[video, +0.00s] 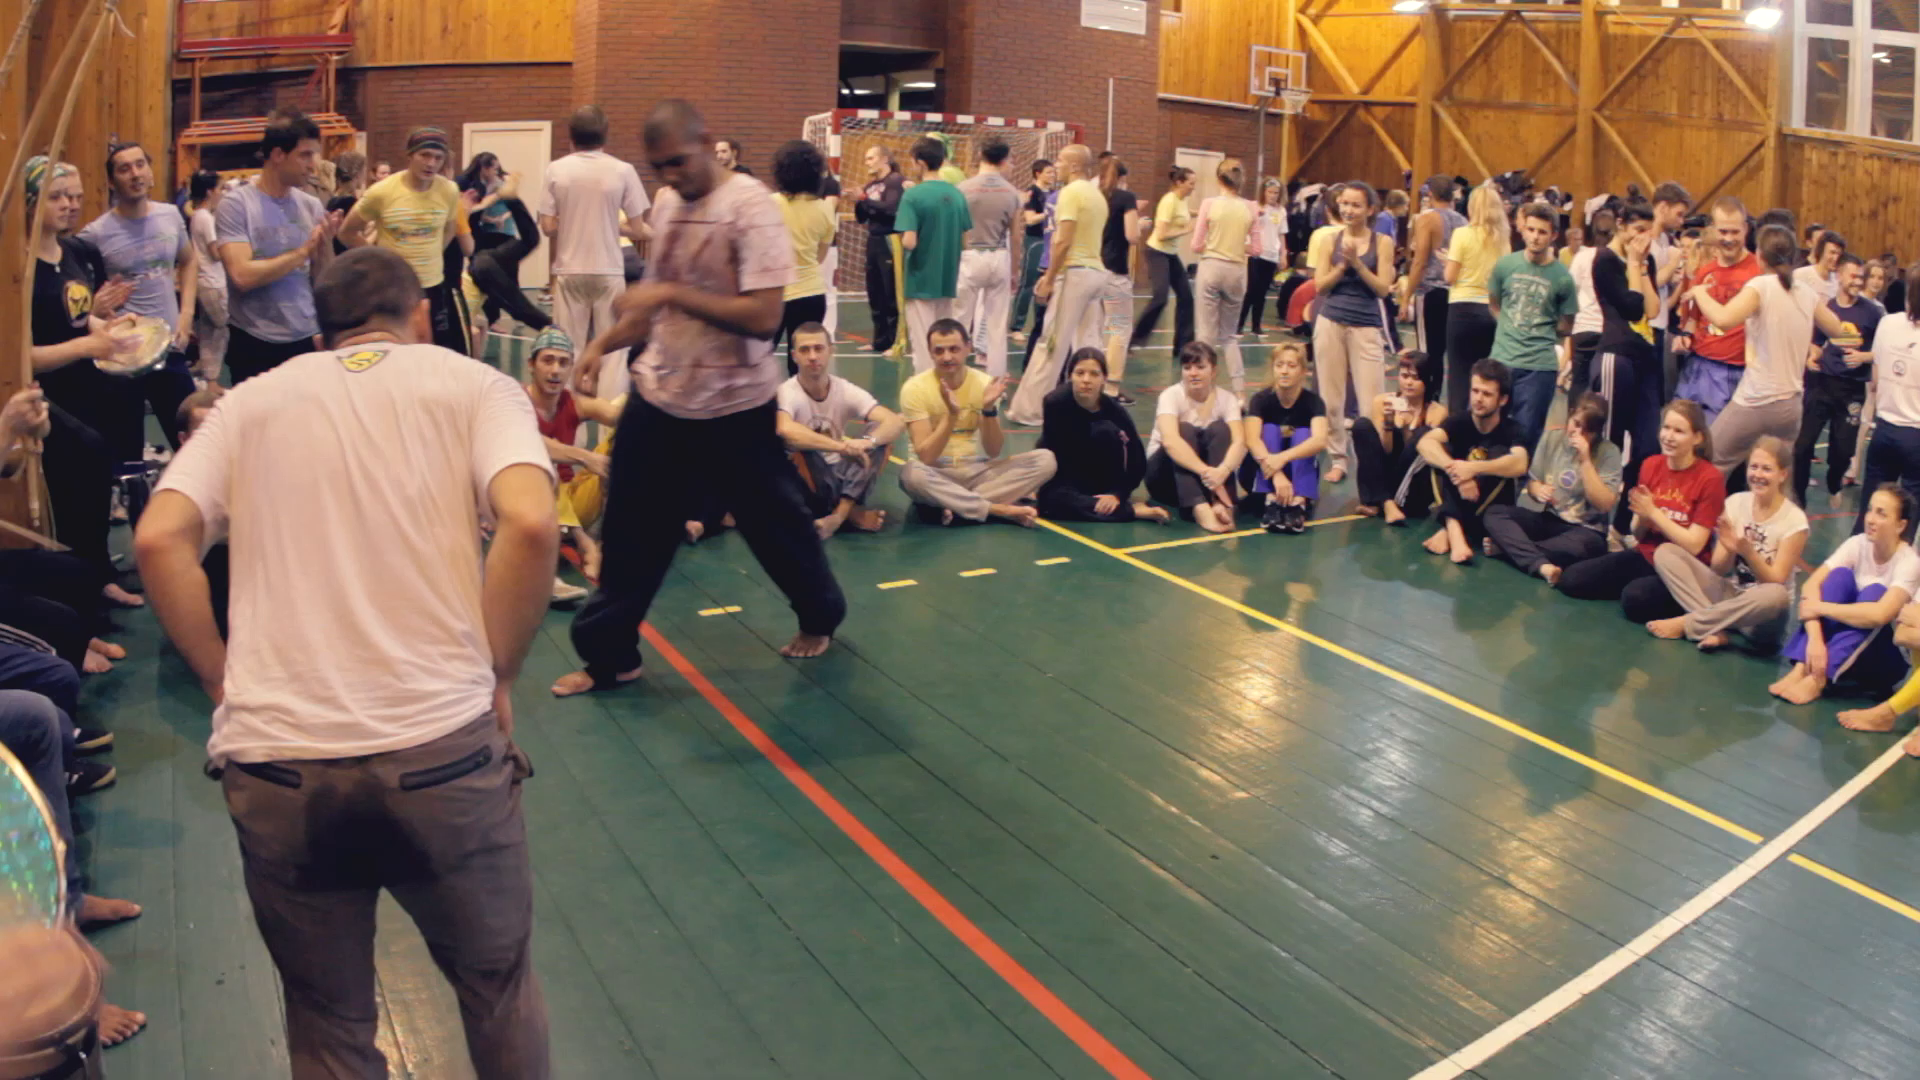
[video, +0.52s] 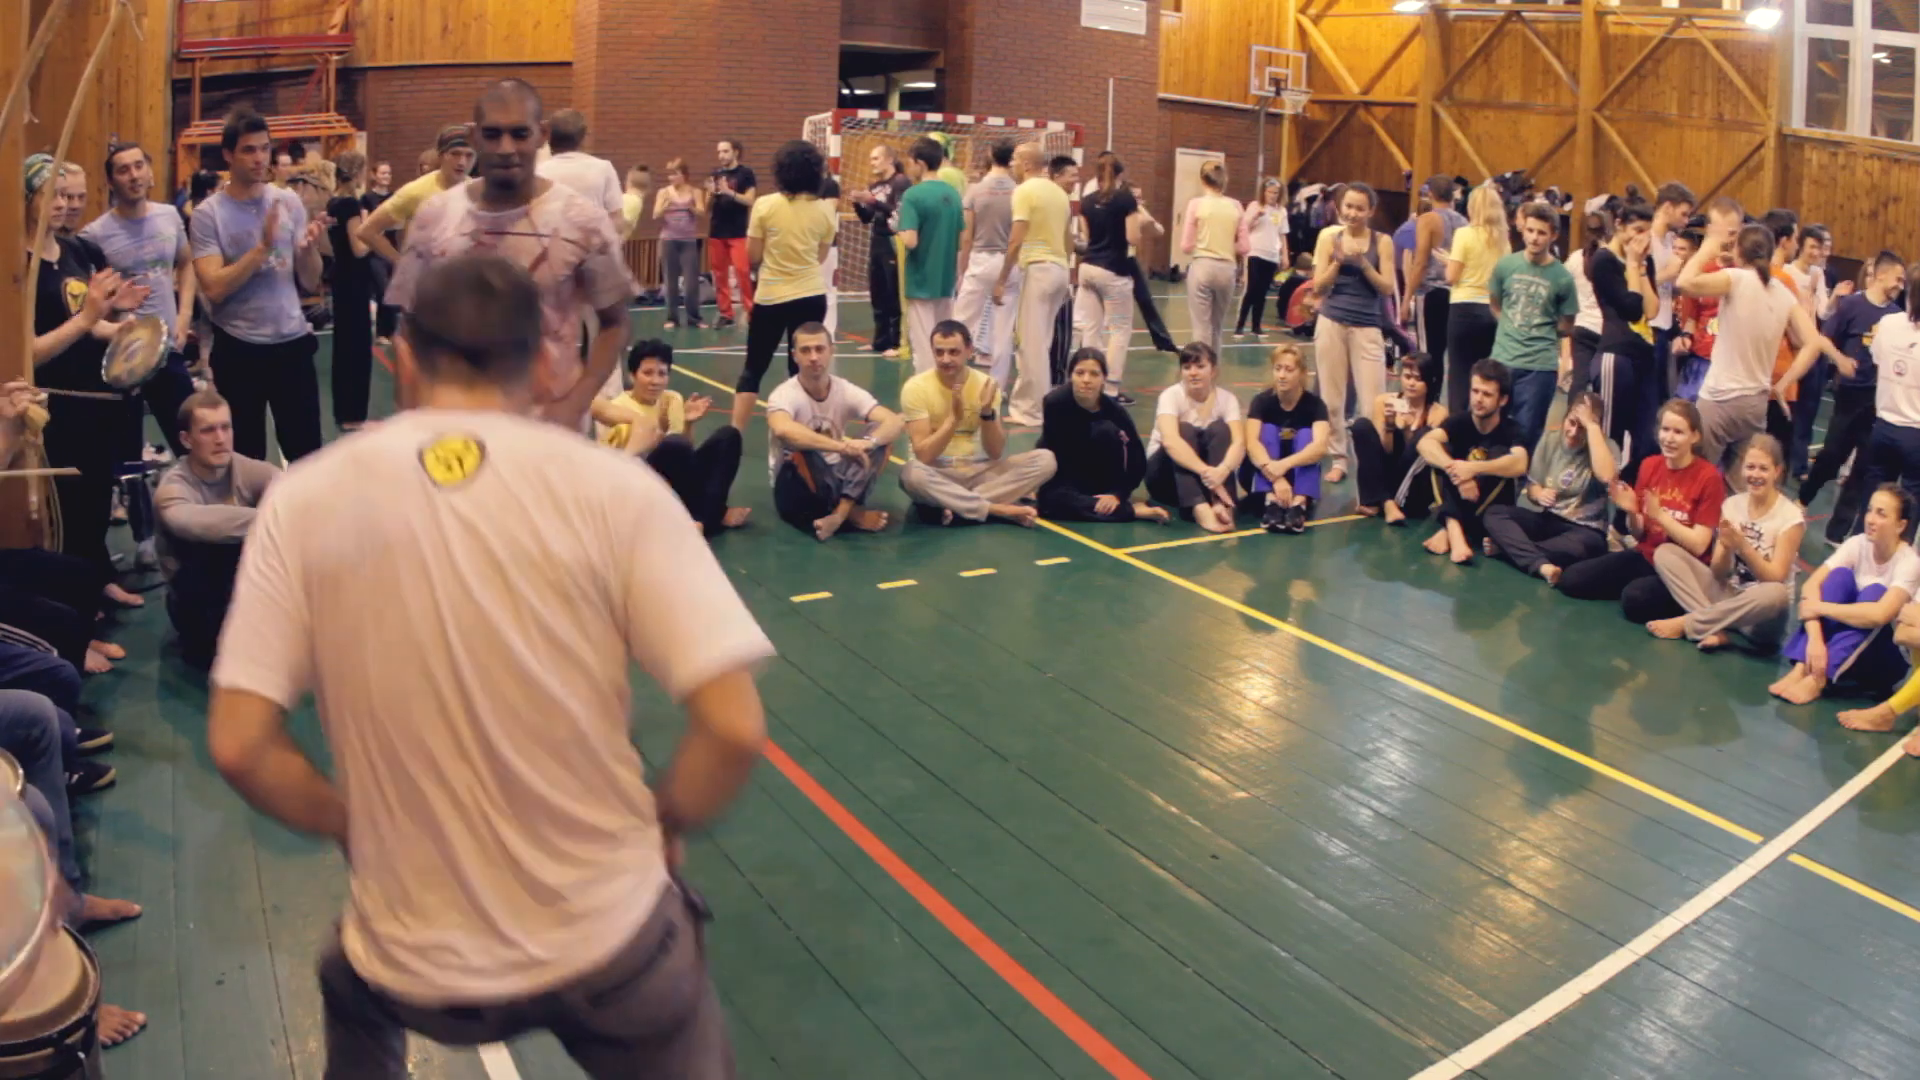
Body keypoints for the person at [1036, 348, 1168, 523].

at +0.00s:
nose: (1086, 380)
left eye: (1094, 374)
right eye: (1080, 373)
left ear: (1104, 379)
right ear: (1070, 377)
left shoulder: (1114, 410)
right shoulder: (1055, 405)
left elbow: (1138, 461)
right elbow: (1050, 452)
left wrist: (1117, 495)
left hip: (1105, 481)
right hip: (1068, 481)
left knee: (1106, 432)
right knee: (1051, 503)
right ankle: (1130, 512)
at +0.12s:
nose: (1086, 380)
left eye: (1094, 374)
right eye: (1080, 373)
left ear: (1103, 379)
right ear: (1071, 377)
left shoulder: (1114, 410)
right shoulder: (1055, 405)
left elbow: (1138, 461)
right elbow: (1050, 451)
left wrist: (1117, 495)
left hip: (1104, 481)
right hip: (1068, 481)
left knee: (1105, 431)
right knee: (1051, 503)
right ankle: (1130, 512)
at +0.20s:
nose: (1086, 380)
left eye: (1094, 374)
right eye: (1080, 373)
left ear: (1103, 379)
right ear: (1071, 377)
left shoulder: (1114, 411)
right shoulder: (1055, 404)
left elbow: (1138, 462)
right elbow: (1050, 451)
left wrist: (1117, 495)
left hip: (1104, 480)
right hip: (1068, 481)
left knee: (1105, 431)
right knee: (1051, 503)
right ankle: (1130, 512)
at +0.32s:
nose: (1086, 380)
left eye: (1094, 374)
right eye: (1080, 373)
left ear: (1103, 379)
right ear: (1071, 376)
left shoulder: (1114, 410)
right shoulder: (1055, 404)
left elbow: (1138, 462)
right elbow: (1050, 449)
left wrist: (1117, 495)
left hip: (1104, 480)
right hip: (1068, 480)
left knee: (1105, 431)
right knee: (1051, 503)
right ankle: (1130, 512)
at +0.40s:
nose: (1086, 380)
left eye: (1094, 374)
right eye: (1080, 373)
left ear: (1103, 379)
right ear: (1071, 376)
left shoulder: (1114, 410)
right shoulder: (1055, 404)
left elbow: (1138, 461)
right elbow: (1050, 450)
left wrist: (1117, 495)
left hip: (1104, 480)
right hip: (1068, 480)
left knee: (1105, 432)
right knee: (1051, 503)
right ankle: (1130, 512)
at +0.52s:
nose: (1086, 380)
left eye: (1094, 374)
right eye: (1080, 373)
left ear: (1103, 379)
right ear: (1070, 376)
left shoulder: (1114, 411)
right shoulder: (1055, 404)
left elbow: (1138, 462)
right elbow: (1050, 451)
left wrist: (1117, 495)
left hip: (1104, 480)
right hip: (1067, 480)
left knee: (1106, 431)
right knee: (1050, 503)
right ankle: (1129, 512)